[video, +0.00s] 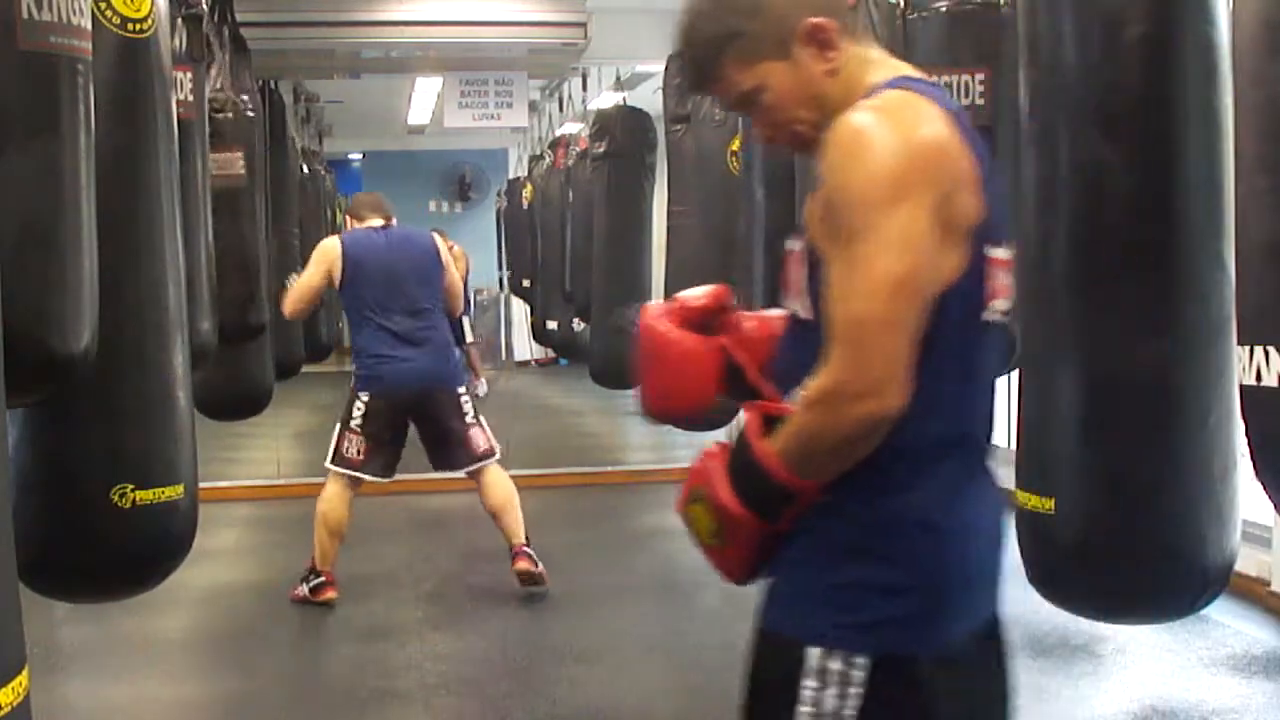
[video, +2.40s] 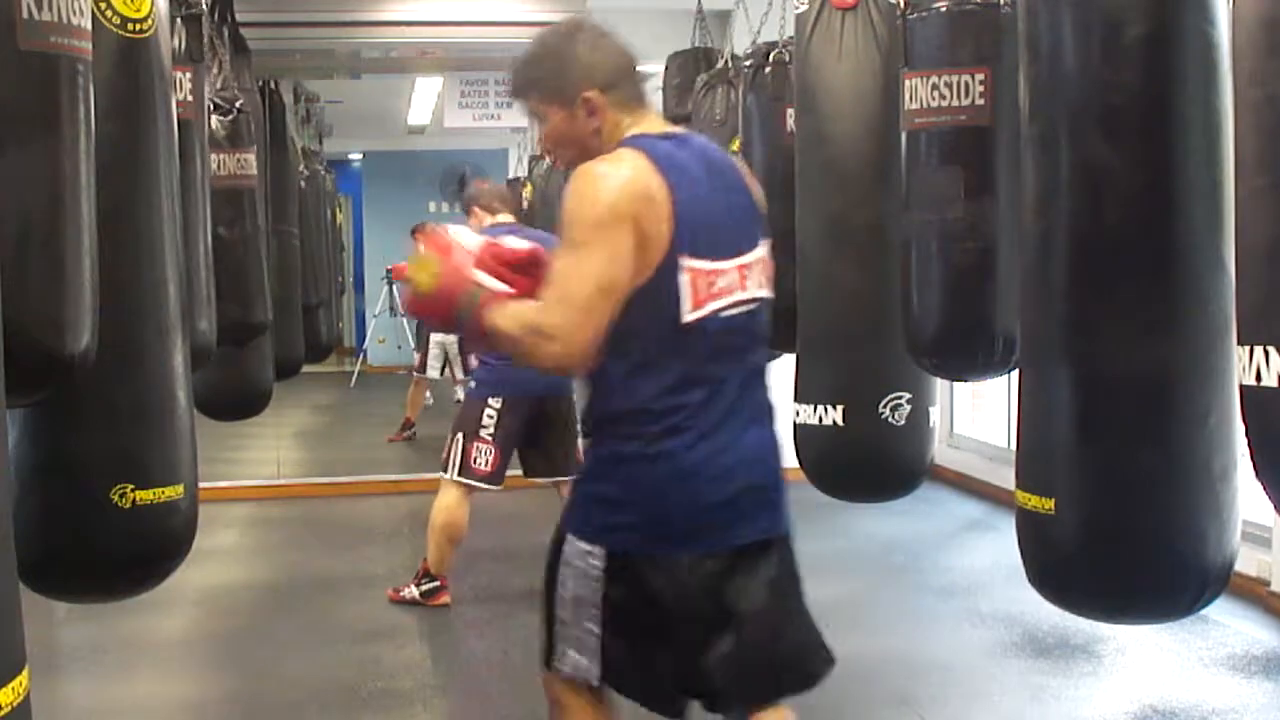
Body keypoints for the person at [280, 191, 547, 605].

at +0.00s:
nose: (344, 227)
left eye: (345, 222)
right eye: (347, 222)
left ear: (350, 222)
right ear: (392, 220)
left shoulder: (334, 248)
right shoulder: (432, 243)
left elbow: (293, 308)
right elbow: (456, 307)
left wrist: (297, 283)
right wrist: (455, 266)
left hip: (380, 380)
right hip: (441, 376)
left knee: (340, 479)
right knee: (485, 466)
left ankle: (320, 575)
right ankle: (521, 549)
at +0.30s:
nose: (395, 241)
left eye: (395, 235)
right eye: (397, 236)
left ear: (402, 231)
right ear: (441, 232)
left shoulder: (386, 261)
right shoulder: (483, 268)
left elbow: (349, 328)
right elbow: (493, 330)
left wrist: (344, 308)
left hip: (406, 406)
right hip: (470, 406)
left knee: (355, 499)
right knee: (499, 502)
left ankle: (323, 581)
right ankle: (512, 590)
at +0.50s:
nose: (411, 216)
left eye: (411, 211)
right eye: (412, 211)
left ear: (422, 206)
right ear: (460, 207)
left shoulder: (406, 239)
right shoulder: (505, 247)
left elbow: (366, 305)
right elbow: (520, 315)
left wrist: (383, 271)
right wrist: (476, 294)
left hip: (418, 390)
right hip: (481, 392)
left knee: (377, 487)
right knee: (499, 494)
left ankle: (378, 581)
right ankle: (510, 593)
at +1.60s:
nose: (417, 228)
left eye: (416, 221)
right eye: (416, 222)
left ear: (429, 212)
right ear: (462, 206)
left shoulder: (423, 250)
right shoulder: (512, 240)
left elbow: (381, 295)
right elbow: (511, 297)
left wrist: (389, 251)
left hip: (457, 380)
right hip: (518, 373)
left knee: (432, 487)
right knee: (541, 477)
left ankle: (415, 581)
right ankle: (562, 564)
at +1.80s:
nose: (431, 228)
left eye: (431, 223)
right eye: (431, 224)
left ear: (440, 217)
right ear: (475, 211)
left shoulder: (433, 251)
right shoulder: (523, 245)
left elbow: (405, 310)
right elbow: (524, 300)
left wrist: (402, 277)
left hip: (471, 380)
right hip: (527, 377)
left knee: (435, 487)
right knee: (551, 475)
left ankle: (415, 582)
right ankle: (588, 565)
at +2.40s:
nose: (469, 224)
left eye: (469, 217)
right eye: (470, 218)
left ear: (480, 214)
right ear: (514, 210)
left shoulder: (472, 246)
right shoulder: (552, 245)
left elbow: (444, 313)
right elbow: (574, 306)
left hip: (497, 383)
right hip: (555, 382)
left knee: (457, 483)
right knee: (572, 480)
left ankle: (432, 578)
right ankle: (607, 564)